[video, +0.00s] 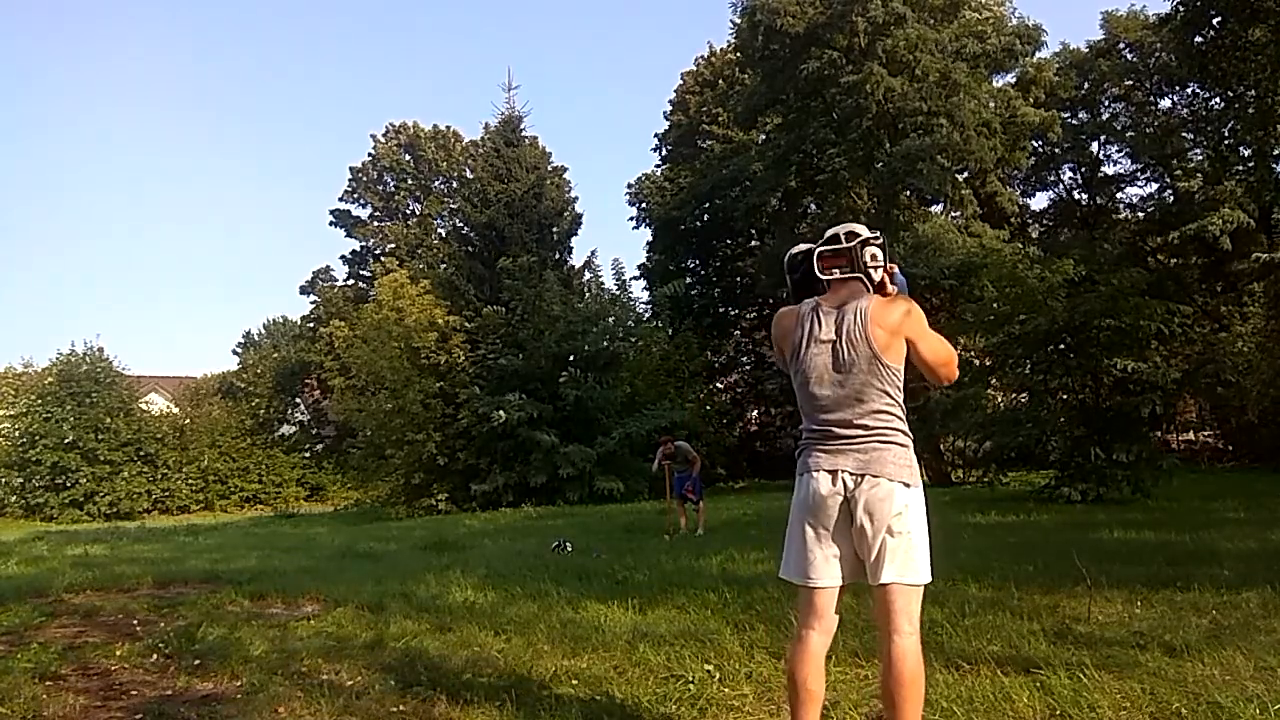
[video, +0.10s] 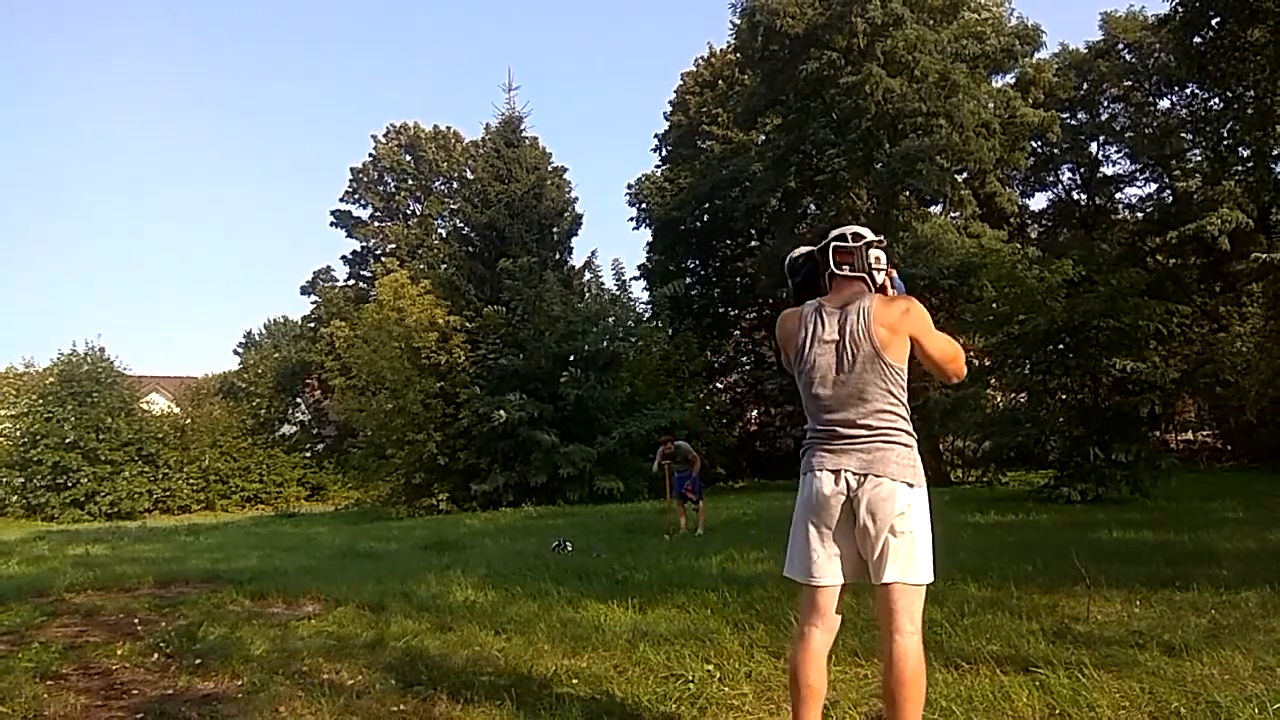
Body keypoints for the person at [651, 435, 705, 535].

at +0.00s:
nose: (668, 451)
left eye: (670, 448)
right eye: (666, 449)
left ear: (673, 445)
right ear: (662, 449)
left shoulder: (683, 447)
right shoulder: (661, 451)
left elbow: (697, 461)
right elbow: (654, 469)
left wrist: (692, 480)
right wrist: (659, 460)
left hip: (691, 473)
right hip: (678, 475)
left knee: (698, 502)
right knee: (679, 502)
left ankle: (700, 527)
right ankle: (683, 528)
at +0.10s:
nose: (669, 451)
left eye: (670, 448)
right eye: (666, 449)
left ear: (673, 445)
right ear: (662, 448)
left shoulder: (683, 446)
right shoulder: (661, 451)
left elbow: (697, 461)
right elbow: (655, 469)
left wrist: (692, 480)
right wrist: (661, 463)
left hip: (690, 472)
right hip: (677, 474)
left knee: (697, 501)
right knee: (679, 502)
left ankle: (700, 527)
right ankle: (683, 528)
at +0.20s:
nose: (669, 451)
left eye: (670, 448)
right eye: (666, 449)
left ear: (674, 445)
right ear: (663, 449)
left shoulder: (683, 447)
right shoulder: (661, 452)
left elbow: (697, 461)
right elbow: (656, 470)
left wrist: (692, 479)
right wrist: (662, 465)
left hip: (691, 473)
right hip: (678, 475)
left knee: (697, 501)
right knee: (679, 502)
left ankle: (700, 527)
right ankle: (683, 528)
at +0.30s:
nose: (669, 451)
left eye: (670, 449)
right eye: (666, 450)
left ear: (674, 445)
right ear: (663, 449)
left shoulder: (684, 447)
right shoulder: (662, 452)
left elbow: (698, 461)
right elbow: (657, 468)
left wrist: (692, 479)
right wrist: (662, 465)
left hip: (691, 473)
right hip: (678, 475)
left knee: (697, 502)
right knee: (679, 502)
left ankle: (701, 528)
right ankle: (683, 529)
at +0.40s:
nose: (669, 450)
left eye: (670, 448)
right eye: (666, 448)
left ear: (674, 444)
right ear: (663, 447)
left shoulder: (684, 445)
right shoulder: (662, 451)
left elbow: (698, 460)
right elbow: (658, 467)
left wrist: (691, 477)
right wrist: (660, 467)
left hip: (690, 472)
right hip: (678, 475)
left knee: (697, 501)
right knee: (680, 503)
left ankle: (700, 527)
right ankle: (683, 528)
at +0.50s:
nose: (669, 448)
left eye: (670, 446)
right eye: (667, 446)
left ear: (673, 442)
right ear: (664, 445)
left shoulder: (683, 443)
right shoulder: (662, 449)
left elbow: (697, 458)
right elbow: (659, 467)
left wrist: (692, 472)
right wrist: (664, 470)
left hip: (690, 473)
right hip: (678, 475)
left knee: (697, 500)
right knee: (680, 503)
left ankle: (700, 527)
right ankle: (683, 528)